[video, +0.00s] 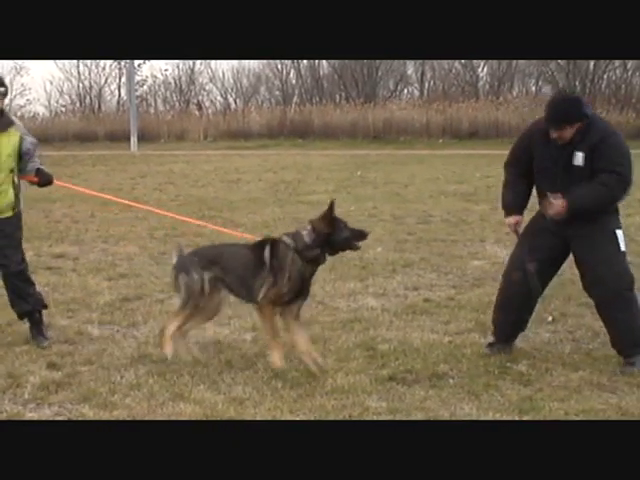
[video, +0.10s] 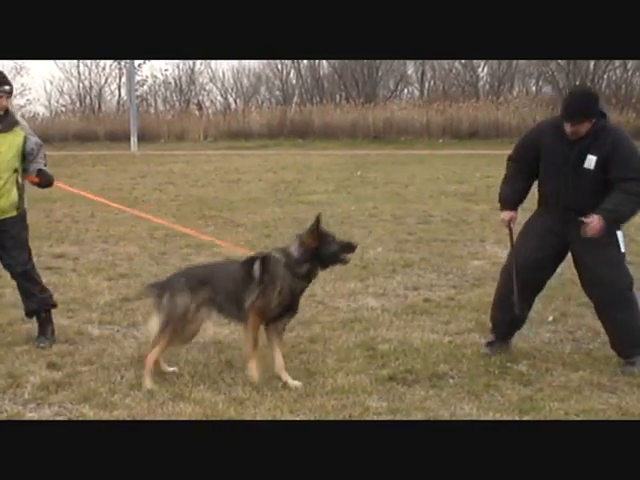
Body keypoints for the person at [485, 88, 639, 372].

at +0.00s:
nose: (555, 134)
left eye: (561, 129)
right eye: (552, 128)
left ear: (578, 124)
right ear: (547, 121)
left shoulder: (605, 140)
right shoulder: (536, 135)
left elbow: (616, 182)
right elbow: (517, 170)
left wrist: (570, 203)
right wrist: (513, 210)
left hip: (595, 224)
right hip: (549, 222)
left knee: (611, 285)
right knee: (519, 275)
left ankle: (632, 352)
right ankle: (502, 338)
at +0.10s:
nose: (569, 128)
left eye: (576, 123)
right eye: (566, 122)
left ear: (593, 121)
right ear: (562, 115)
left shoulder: (616, 144)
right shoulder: (545, 133)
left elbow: (632, 188)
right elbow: (520, 164)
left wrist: (605, 217)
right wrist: (509, 204)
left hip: (594, 225)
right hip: (549, 220)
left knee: (611, 287)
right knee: (518, 270)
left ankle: (632, 353)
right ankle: (500, 335)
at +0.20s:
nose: (570, 126)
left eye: (577, 122)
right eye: (568, 119)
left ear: (594, 121)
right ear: (564, 113)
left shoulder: (618, 143)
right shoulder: (546, 132)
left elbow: (634, 184)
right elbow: (518, 163)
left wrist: (622, 215)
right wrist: (507, 205)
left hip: (594, 226)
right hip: (547, 220)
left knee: (612, 287)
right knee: (516, 272)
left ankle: (632, 352)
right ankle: (495, 334)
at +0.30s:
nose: (563, 125)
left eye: (570, 121)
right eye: (560, 119)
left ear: (588, 119)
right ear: (556, 112)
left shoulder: (610, 139)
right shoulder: (539, 133)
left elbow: (632, 175)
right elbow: (510, 167)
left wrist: (622, 210)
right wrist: (504, 210)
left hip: (590, 225)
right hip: (542, 221)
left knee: (610, 286)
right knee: (516, 277)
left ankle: (631, 351)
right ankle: (496, 340)